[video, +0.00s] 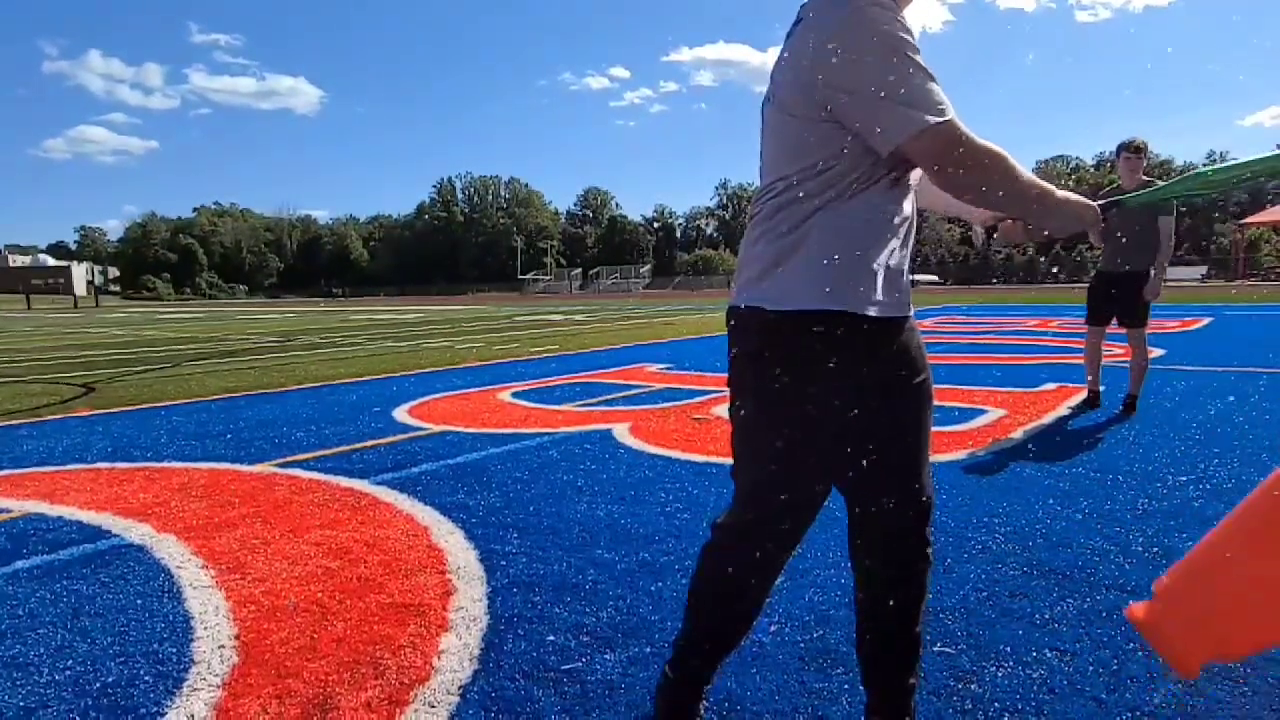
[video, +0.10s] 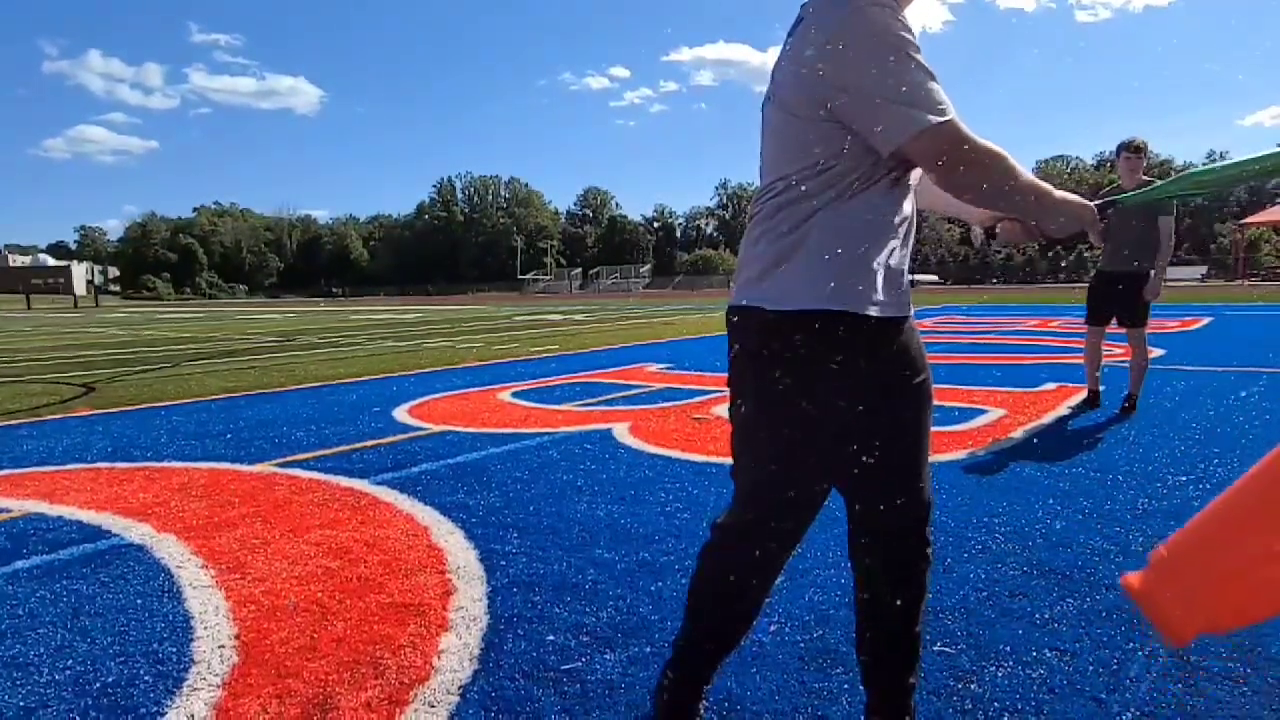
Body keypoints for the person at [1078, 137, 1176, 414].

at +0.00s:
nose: (1133, 163)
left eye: (1138, 158)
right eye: (1128, 158)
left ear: (1145, 162)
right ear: (1117, 162)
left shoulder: (1159, 194)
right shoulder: (1106, 198)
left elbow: (1167, 239)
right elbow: (1098, 241)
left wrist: (1157, 276)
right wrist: (1092, 222)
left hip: (1137, 275)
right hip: (1106, 274)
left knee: (1136, 340)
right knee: (1093, 335)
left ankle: (1132, 397)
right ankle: (1093, 392)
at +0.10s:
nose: (1133, 163)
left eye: (1138, 158)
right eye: (1128, 158)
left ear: (1145, 162)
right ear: (1118, 162)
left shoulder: (1158, 193)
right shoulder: (1107, 197)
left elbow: (1167, 239)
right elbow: (1098, 241)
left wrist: (1157, 277)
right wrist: (1092, 224)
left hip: (1137, 275)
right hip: (1106, 274)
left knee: (1136, 339)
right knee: (1093, 335)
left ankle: (1132, 396)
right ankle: (1092, 391)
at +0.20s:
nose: (1131, 162)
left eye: (1137, 158)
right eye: (1127, 157)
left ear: (1144, 162)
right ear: (1117, 162)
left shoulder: (1158, 193)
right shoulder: (1107, 196)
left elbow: (1166, 239)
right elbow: (1098, 240)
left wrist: (1157, 277)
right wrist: (1091, 225)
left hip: (1137, 274)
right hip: (1106, 273)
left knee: (1136, 339)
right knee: (1093, 334)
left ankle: (1133, 394)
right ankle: (1093, 391)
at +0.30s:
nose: (1132, 161)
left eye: (1137, 156)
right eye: (1127, 156)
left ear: (1144, 161)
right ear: (1117, 161)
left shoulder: (1158, 195)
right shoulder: (1108, 196)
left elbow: (1167, 241)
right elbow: (1096, 238)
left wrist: (1157, 277)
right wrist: (1092, 226)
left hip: (1136, 275)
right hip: (1105, 274)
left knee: (1136, 340)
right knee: (1093, 336)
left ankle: (1132, 397)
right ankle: (1092, 392)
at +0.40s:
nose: (1132, 160)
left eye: (1137, 156)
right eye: (1127, 156)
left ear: (1144, 160)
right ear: (1117, 160)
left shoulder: (1157, 194)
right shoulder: (1107, 197)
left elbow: (1167, 240)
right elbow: (1098, 241)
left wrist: (1157, 276)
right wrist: (1093, 228)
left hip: (1137, 275)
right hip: (1105, 274)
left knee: (1136, 341)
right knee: (1093, 337)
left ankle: (1132, 397)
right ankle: (1092, 392)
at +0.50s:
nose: (1133, 160)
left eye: (1138, 156)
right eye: (1127, 156)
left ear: (1144, 161)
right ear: (1117, 161)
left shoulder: (1158, 196)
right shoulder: (1109, 197)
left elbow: (1167, 240)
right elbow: (1100, 241)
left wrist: (1157, 276)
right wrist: (1092, 228)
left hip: (1137, 275)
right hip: (1105, 274)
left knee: (1136, 340)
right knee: (1093, 335)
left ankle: (1132, 396)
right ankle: (1092, 391)